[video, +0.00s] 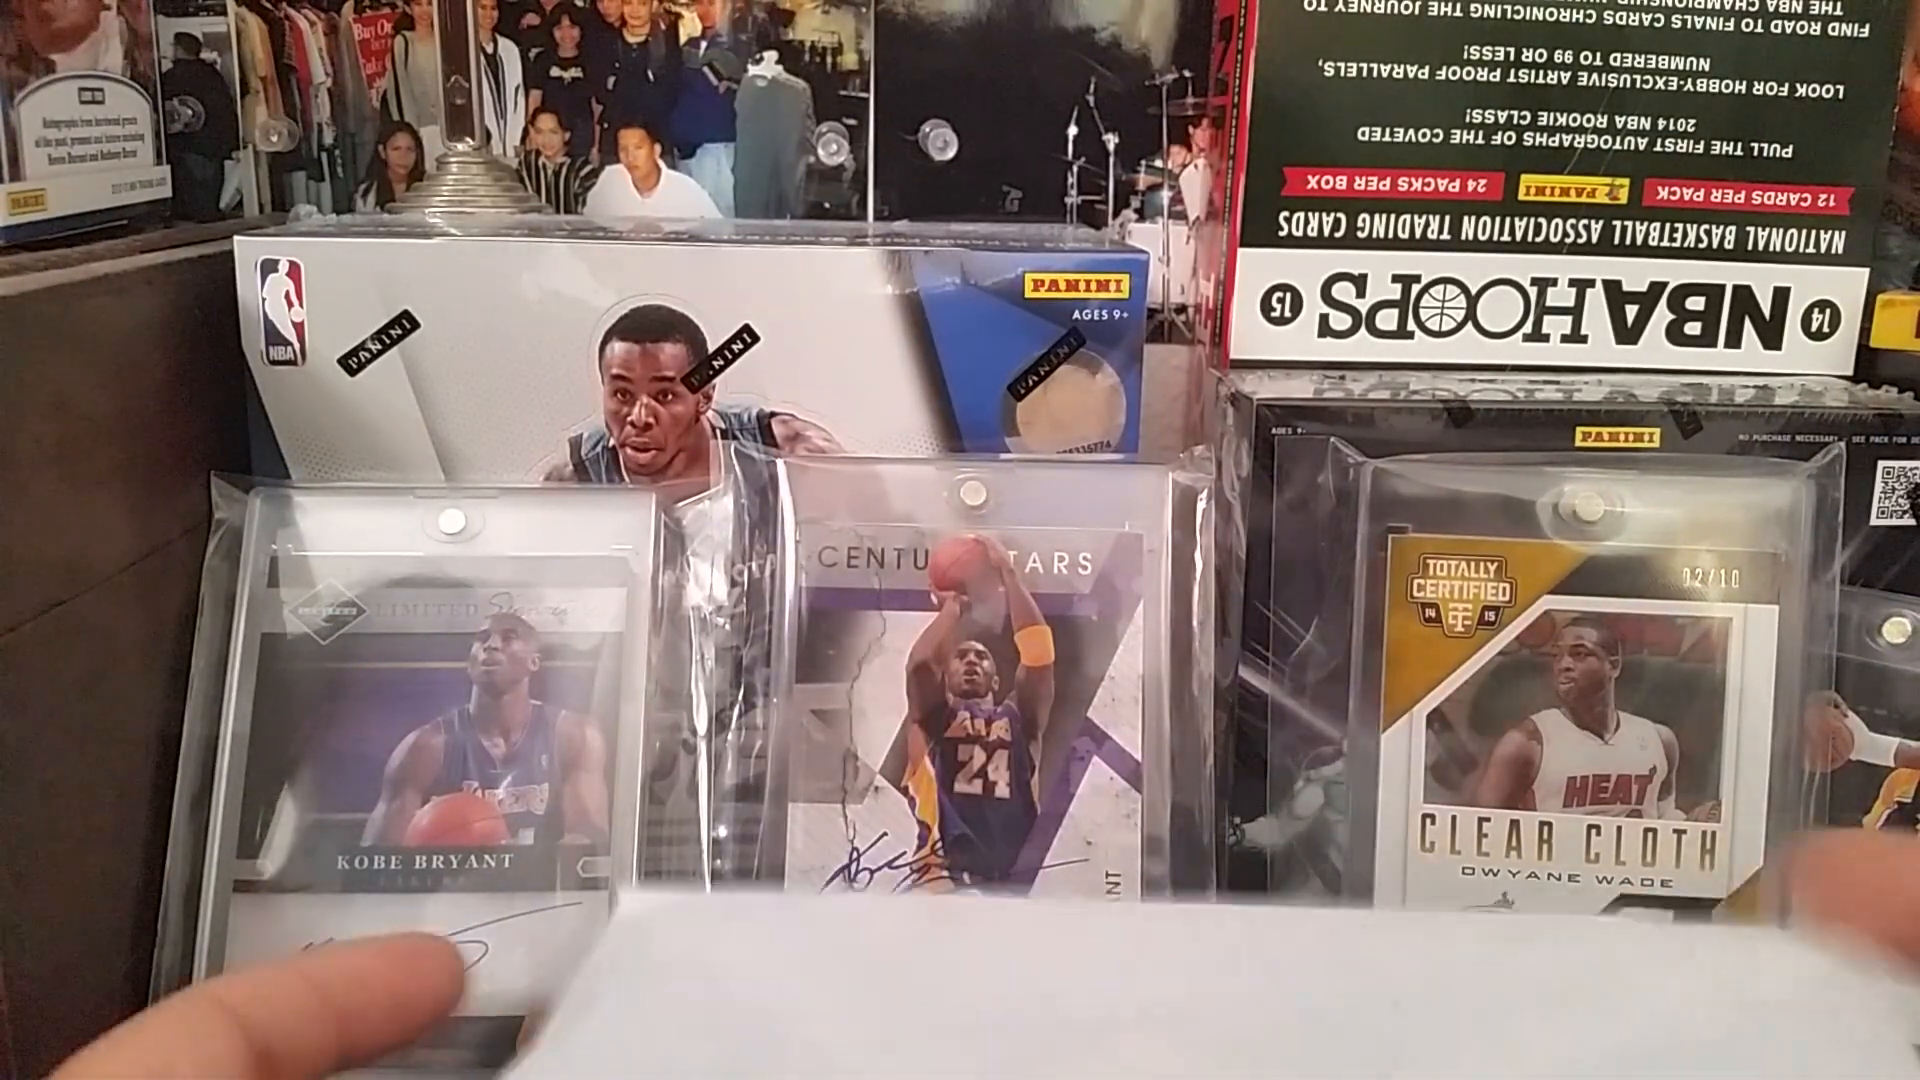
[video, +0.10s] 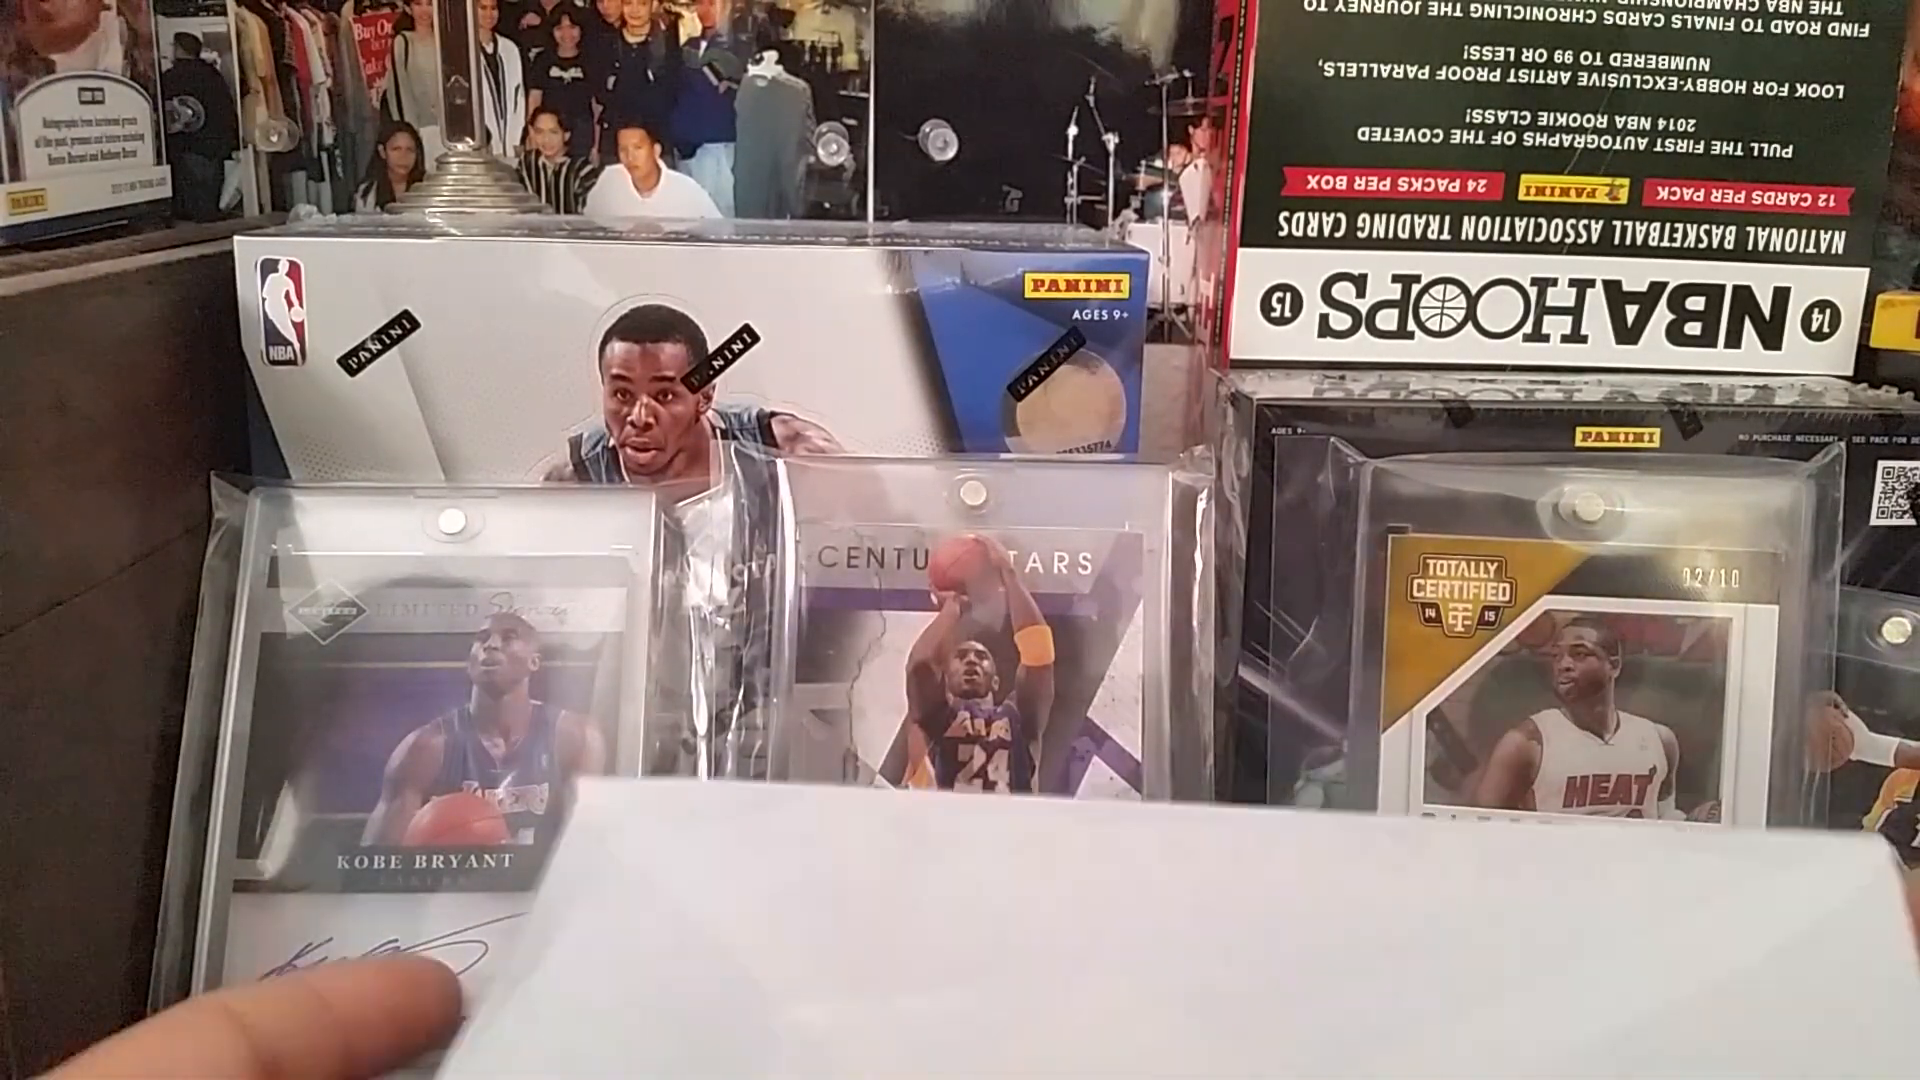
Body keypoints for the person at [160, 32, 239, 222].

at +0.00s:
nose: (173, 52)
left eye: (174, 49)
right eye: (174, 49)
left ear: (177, 50)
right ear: (198, 51)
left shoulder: (167, 78)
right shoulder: (213, 75)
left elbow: (160, 117)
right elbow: (227, 110)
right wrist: (231, 145)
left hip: (181, 150)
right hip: (213, 147)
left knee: (184, 207)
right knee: (210, 206)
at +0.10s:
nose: (173, 51)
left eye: (174, 47)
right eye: (175, 47)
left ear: (177, 50)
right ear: (198, 51)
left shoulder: (168, 78)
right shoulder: (213, 74)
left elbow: (160, 117)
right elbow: (227, 109)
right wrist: (232, 144)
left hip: (182, 149)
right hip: (214, 147)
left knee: (185, 205)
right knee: (210, 205)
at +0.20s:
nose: (173, 51)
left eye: (174, 48)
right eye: (174, 48)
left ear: (177, 50)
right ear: (198, 51)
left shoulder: (167, 79)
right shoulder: (214, 76)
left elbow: (159, 116)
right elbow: (227, 111)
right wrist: (232, 145)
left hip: (179, 150)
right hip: (212, 148)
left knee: (183, 206)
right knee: (209, 206)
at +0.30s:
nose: (172, 52)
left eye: (174, 49)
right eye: (174, 49)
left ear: (177, 50)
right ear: (198, 52)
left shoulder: (167, 79)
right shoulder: (213, 76)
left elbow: (159, 116)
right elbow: (228, 111)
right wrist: (231, 145)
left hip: (180, 151)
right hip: (212, 149)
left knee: (183, 207)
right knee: (209, 207)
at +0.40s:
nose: (173, 51)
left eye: (175, 48)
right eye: (175, 48)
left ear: (177, 49)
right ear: (198, 51)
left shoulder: (167, 79)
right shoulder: (213, 75)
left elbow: (159, 118)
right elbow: (227, 111)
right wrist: (232, 145)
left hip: (179, 153)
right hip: (212, 151)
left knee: (182, 209)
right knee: (209, 208)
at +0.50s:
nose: (173, 51)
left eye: (174, 48)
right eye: (174, 48)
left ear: (178, 50)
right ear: (197, 51)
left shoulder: (169, 78)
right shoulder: (212, 74)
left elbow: (160, 115)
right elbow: (228, 109)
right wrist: (232, 145)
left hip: (182, 149)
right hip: (213, 148)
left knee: (184, 204)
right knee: (210, 204)